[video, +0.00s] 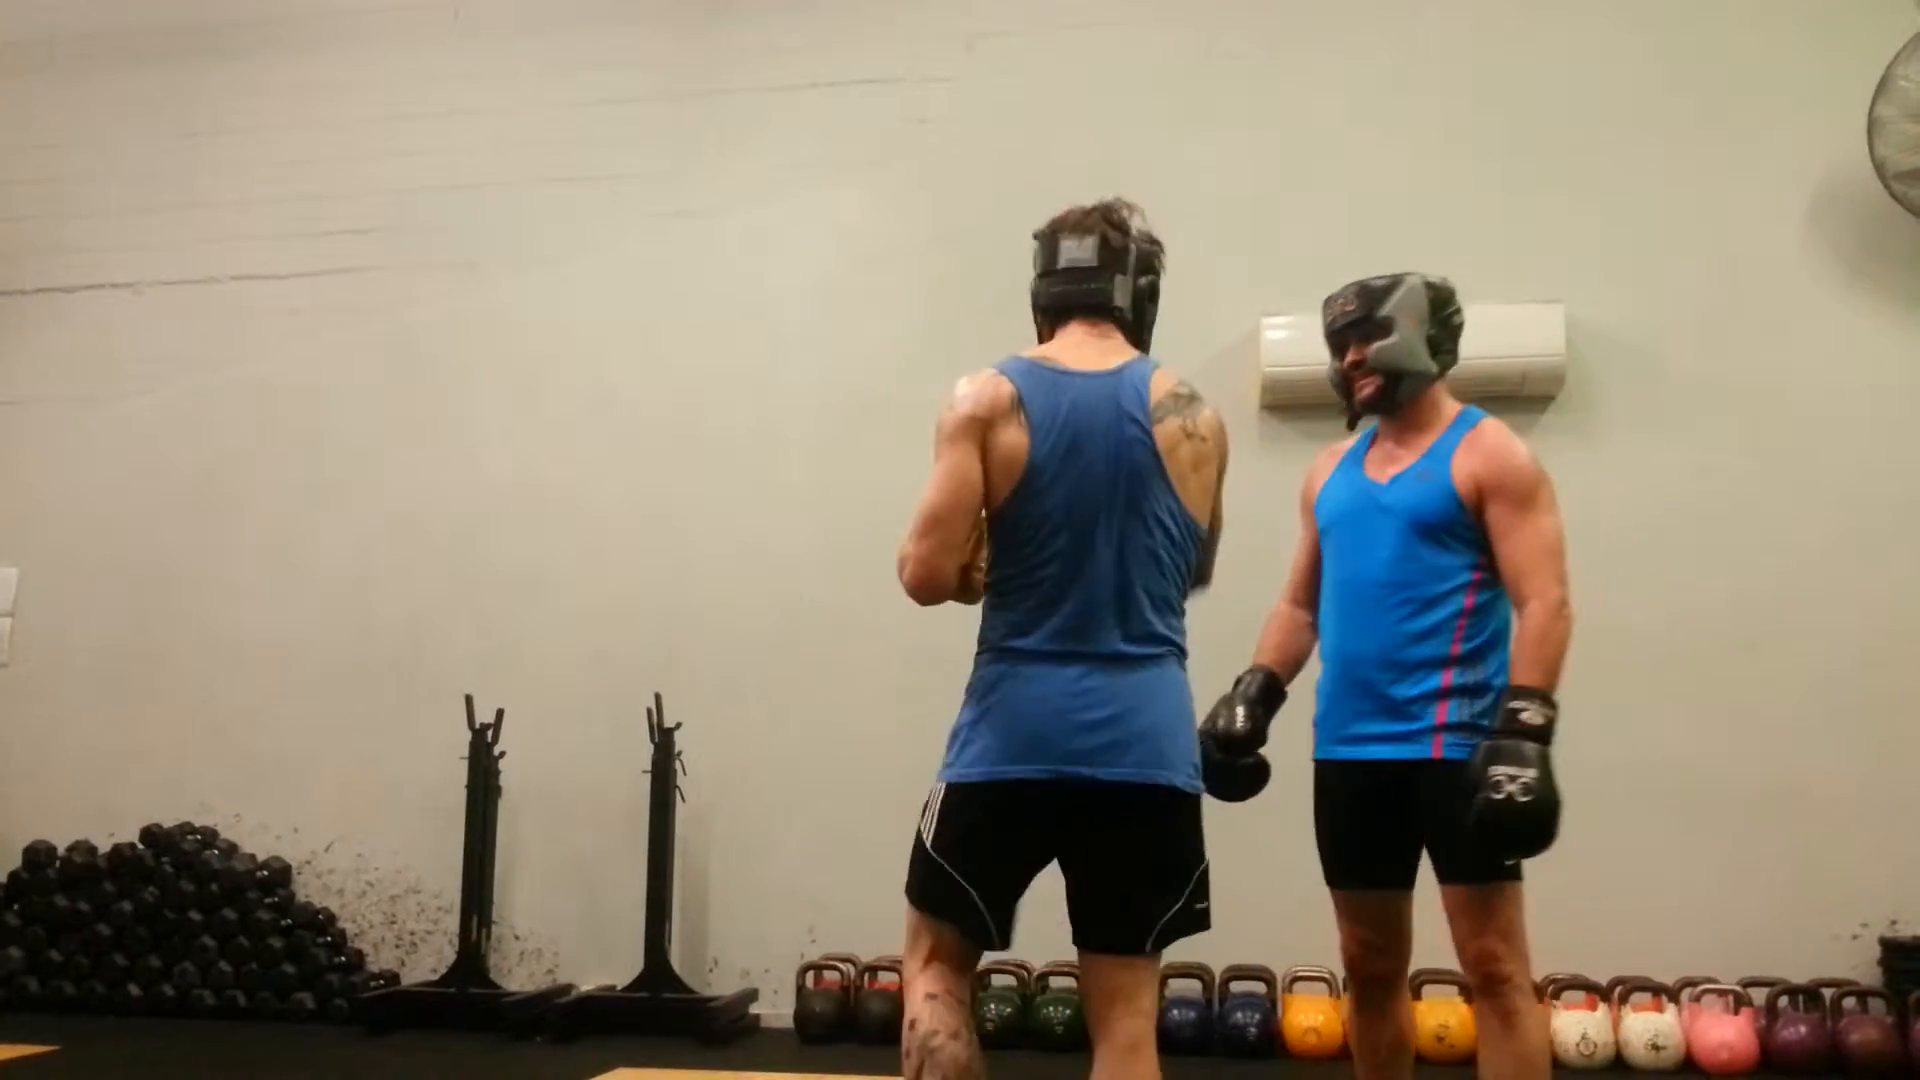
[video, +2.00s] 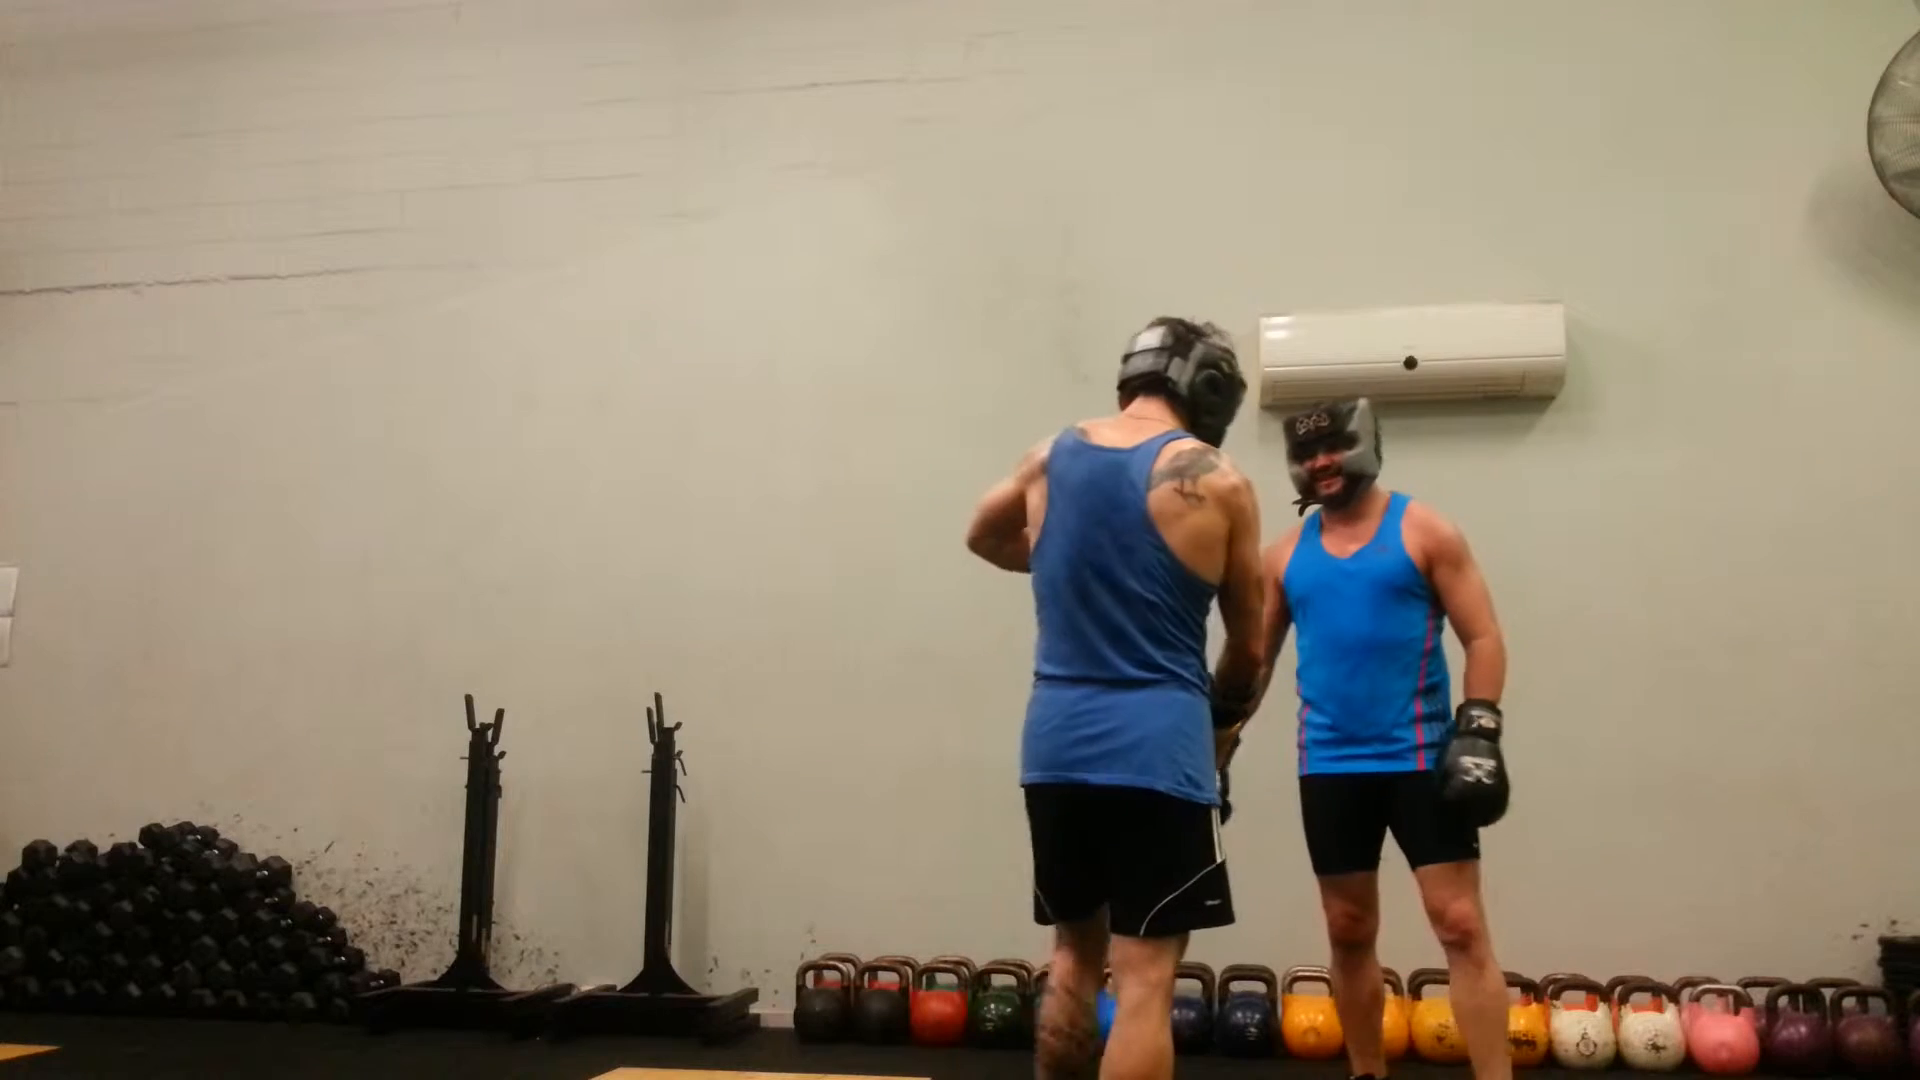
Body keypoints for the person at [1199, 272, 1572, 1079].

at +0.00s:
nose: (1351, 361)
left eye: (1371, 341)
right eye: (1342, 349)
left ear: (1426, 339)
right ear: (1338, 365)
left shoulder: (1491, 454)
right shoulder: (1328, 473)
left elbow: (1545, 602)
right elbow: (1299, 605)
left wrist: (1521, 735)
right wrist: (1253, 694)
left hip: (1462, 759)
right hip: (1352, 760)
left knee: (1494, 973)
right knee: (1370, 972)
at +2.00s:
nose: (1323, 463)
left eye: (1337, 447)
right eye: (1308, 453)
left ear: (1368, 448)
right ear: (1295, 466)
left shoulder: (1425, 532)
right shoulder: (1283, 555)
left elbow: (1482, 637)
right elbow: (1251, 665)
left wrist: (1478, 732)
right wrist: (1214, 750)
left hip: (1423, 762)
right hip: (1331, 769)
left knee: (1460, 926)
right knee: (1348, 930)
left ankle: (1493, 1076)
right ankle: (1367, 1072)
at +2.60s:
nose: (1366, 472)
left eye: (1378, 456)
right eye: (1350, 464)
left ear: (1409, 454)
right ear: (1337, 475)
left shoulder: (1472, 537)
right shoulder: (1332, 561)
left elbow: (1531, 637)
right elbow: (1315, 658)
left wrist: (1555, 737)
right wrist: (1308, 702)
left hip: (1464, 767)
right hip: (1371, 770)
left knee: (1492, 933)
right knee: (1371, 932)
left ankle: (1515, 1074)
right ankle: (1374, 1074)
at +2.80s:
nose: (1394, 467)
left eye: (1407, 452)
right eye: (1378, 458)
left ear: (1438, 453)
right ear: (1364, 471)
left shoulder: (1499, 538)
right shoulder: (1357, 555)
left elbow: (1554, 641)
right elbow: (1326, 667)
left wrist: (1570, 738)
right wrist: (1340, 617)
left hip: (1486, 766)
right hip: (1393, 768)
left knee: (1507, 933)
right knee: (1383, 932)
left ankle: (1521, 1074)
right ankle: (1378, 1075)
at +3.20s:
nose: (1434, 474)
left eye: (1447, 460)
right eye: (1421, 462)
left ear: (1478, 463)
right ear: (1404, 469)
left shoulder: (1533, 545)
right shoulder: (1399, 548)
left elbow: (1583, 652)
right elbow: (1351, 624)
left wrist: (1600, 749)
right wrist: (1396, 510)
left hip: (1515, 766)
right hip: (1420, 767)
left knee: (1523, 934)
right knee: (1398, 940)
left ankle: (1527, 1073)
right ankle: (1382, 1075)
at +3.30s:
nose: (1441, 476)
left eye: (1452, 462)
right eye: (1429, 463)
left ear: (1479, 464)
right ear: (1412, 472)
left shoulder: (1539, 547)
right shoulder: (1404, 548)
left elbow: (1586, 655)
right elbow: (1359, 643)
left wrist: (1608, 754)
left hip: (1517, 768)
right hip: (1421, 767)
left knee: (1524, 933)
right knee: (1403, 935)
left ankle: (1526, 1073)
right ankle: (1382, 1070)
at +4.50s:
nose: (1448, 470)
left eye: (1459, 450)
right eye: (1432, 450)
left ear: (1485, 465)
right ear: (1412, 472)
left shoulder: (1536, 542)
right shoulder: (1394, 550)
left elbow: (1588, 648)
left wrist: (1607, 743)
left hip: (1515, 766)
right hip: (1418, 765)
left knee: (1523, 937)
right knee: (1398, 934)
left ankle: (1531, 1066)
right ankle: (1380, 1068)